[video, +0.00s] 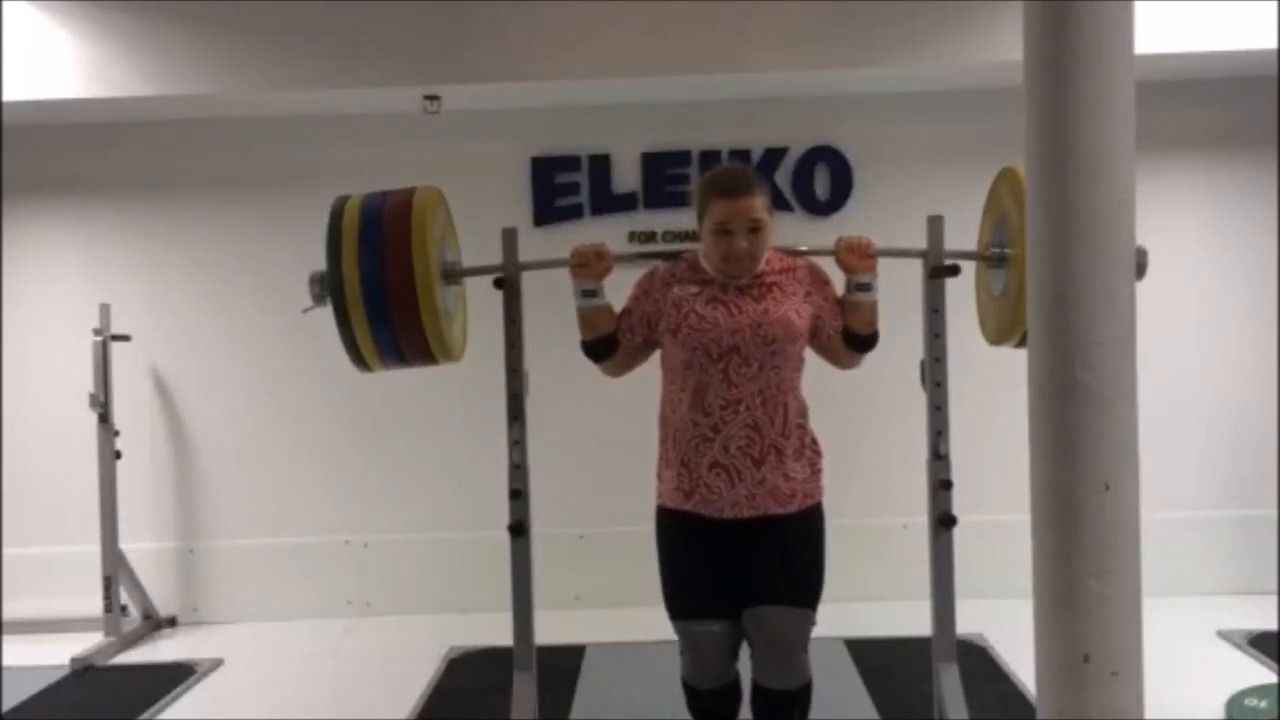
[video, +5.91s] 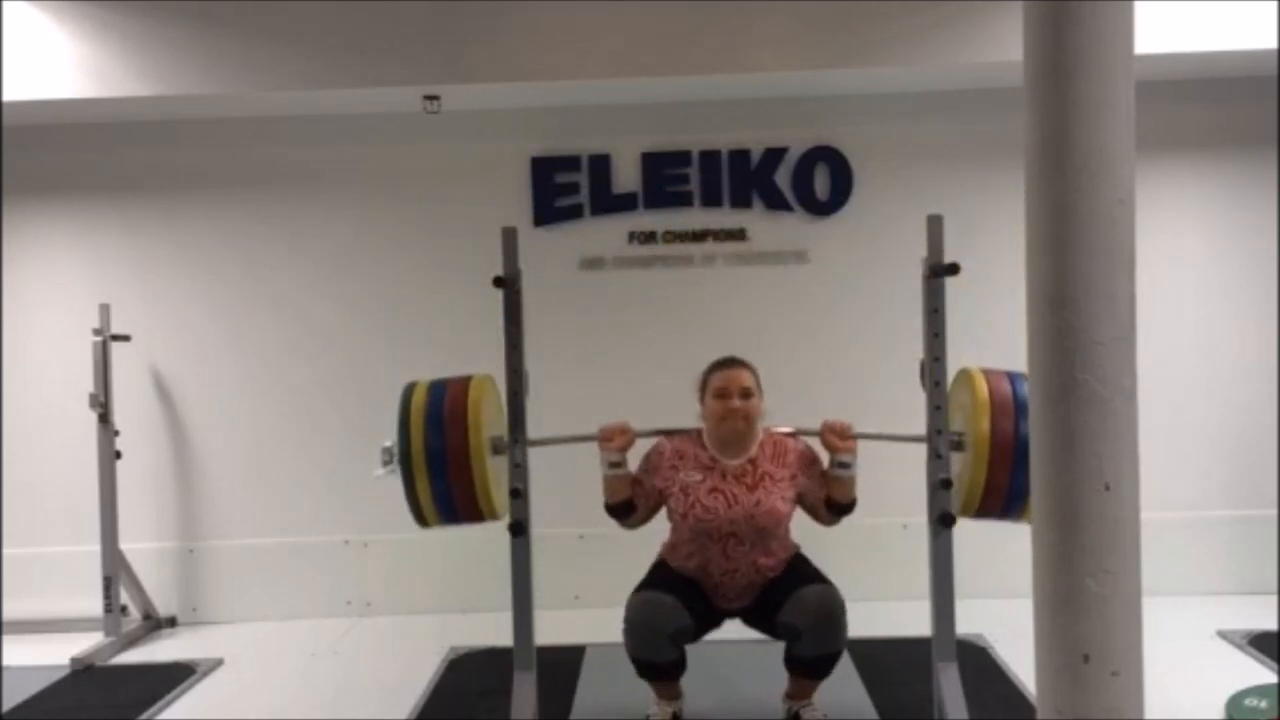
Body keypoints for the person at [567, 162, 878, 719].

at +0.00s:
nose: (738, 245)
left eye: (752, 230)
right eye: (723, 232)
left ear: (769, 227)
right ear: (701, 230)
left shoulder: (800, 279)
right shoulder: (666, 285)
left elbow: (847, 354)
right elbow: (613, 359)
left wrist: (862, 281)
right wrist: (589, 287)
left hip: (783, 507)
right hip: (693, 508)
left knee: (783, 663)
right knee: (706, 667)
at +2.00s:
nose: (719, 246)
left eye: (729, 233)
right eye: (706, 235)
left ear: (743, 230)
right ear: (684, 234)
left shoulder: (766, 274)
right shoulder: (653, 278)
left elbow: (805, 337)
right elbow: (606, 340)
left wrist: (820, 281)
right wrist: (592, 280)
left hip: (755, 463)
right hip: (676, 463)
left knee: (760, 590)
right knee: (677, 587)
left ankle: (770, 709)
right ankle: (668, 701)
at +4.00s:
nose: (707, 233)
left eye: (717, 222)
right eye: (695, 224)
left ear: (733, 228)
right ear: (676, 231)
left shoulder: (758, 278)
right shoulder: (649, 280)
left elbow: (799, 339)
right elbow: (604, 339)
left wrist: (810, 285)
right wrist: (590, 281)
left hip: (748, 456)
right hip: (672, 458)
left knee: (764, 576)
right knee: (676, 579)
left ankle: (799, 695)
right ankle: (665, 699)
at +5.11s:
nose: (726, 294)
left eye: (736, 285)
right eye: (713, 286)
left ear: (752, 297)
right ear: (695, 300)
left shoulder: (780, 352)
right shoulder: (666, 354)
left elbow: (822, 414)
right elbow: (621, 418)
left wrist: (833, 357)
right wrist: (606, 357)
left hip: (764, 489)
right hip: (682, 492)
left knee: (808, 584)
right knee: (656, 590)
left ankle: (801, 700)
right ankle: (665, 703)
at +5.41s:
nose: (730, 367)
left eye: (741, 358)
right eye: (717, 359)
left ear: (757, 370)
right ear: (699, 372)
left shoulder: (786, 421)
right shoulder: (671, 423)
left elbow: (828, 484)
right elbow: (627, 488)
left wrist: (840, 429)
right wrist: (611, 429)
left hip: (770, 545)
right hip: (688, 547)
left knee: (820, 604)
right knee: (650, 611)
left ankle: (801, 703)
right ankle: (667, 705)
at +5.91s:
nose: (734, 405)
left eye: (745, 395)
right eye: (721, 395)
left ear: (760, 405)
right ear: (702, 405)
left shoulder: (788, 453)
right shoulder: (672, 454)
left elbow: (830, 513)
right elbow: (629, 516)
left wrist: (843, 459)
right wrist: (613, 460)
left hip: (772, 577)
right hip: (690, 578)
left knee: (823, 612)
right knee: (648, 619)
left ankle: (800, 704)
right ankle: (667, 705)